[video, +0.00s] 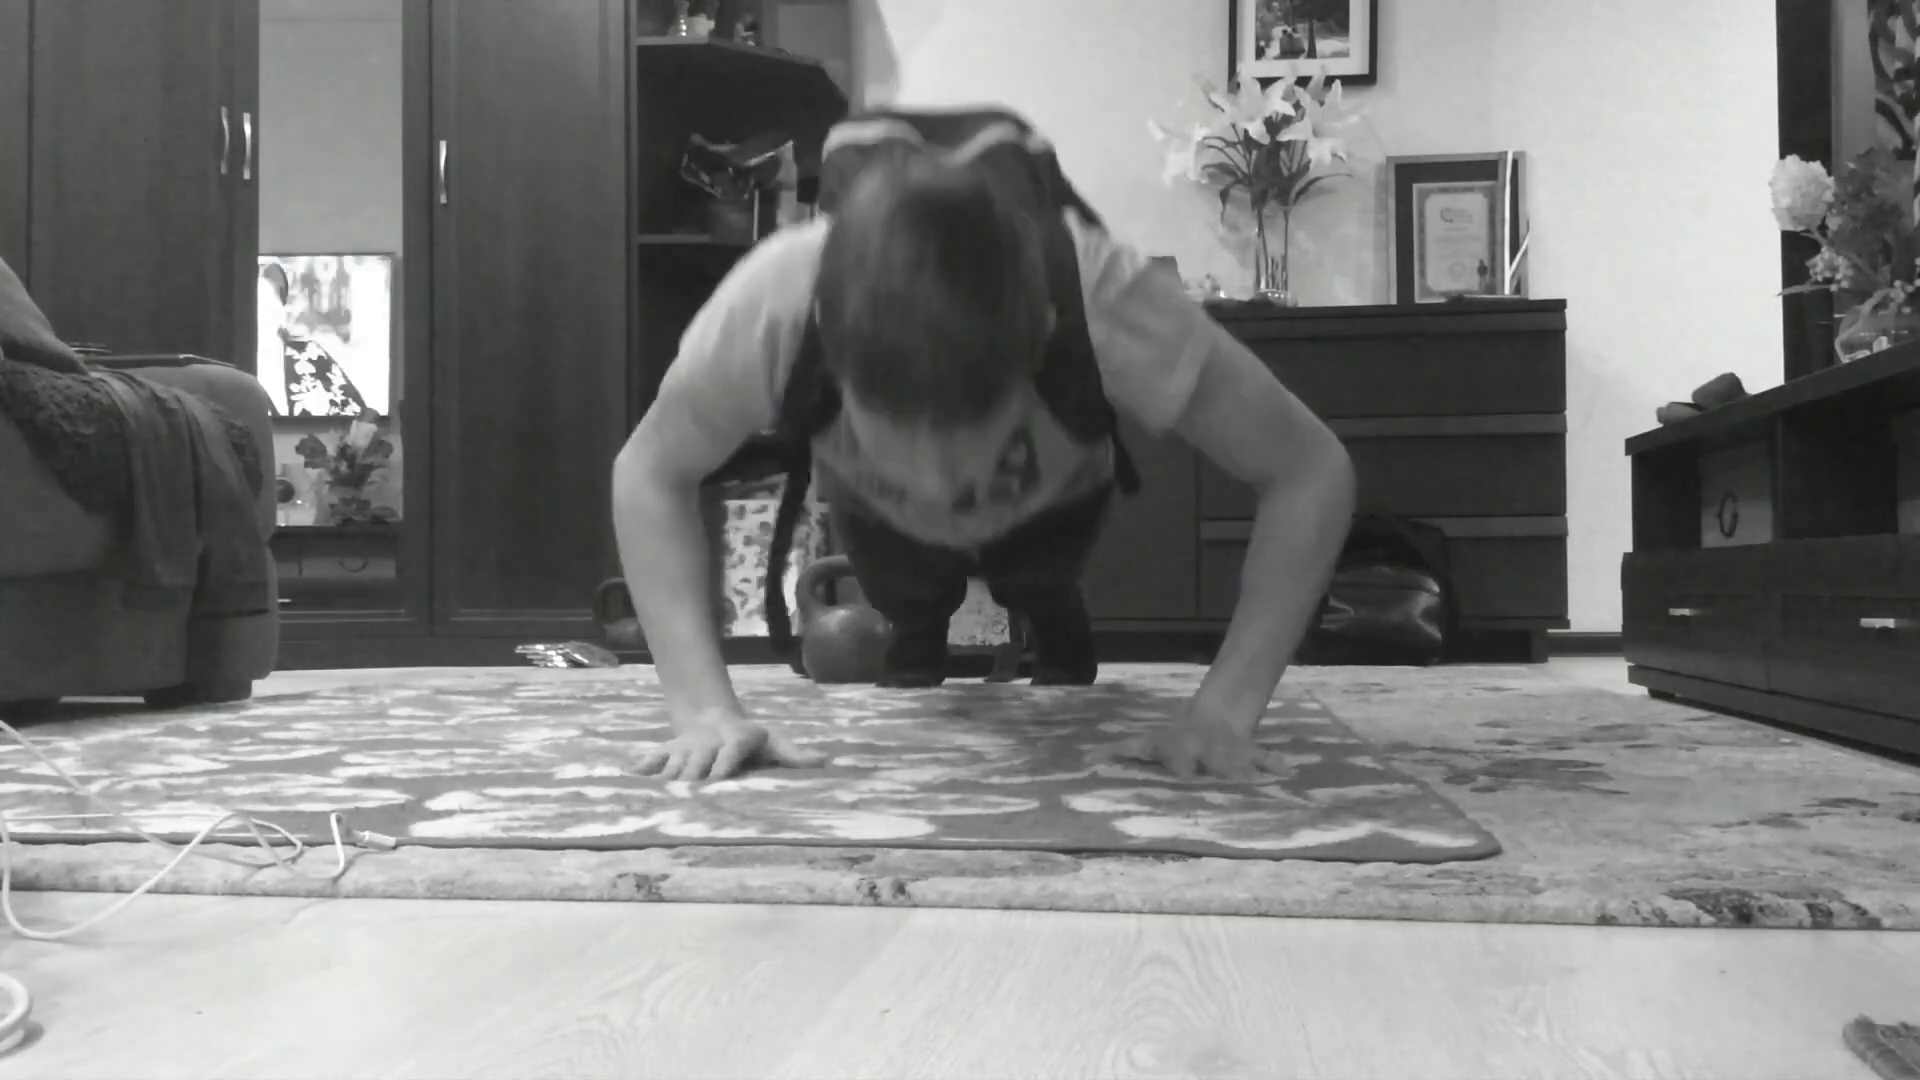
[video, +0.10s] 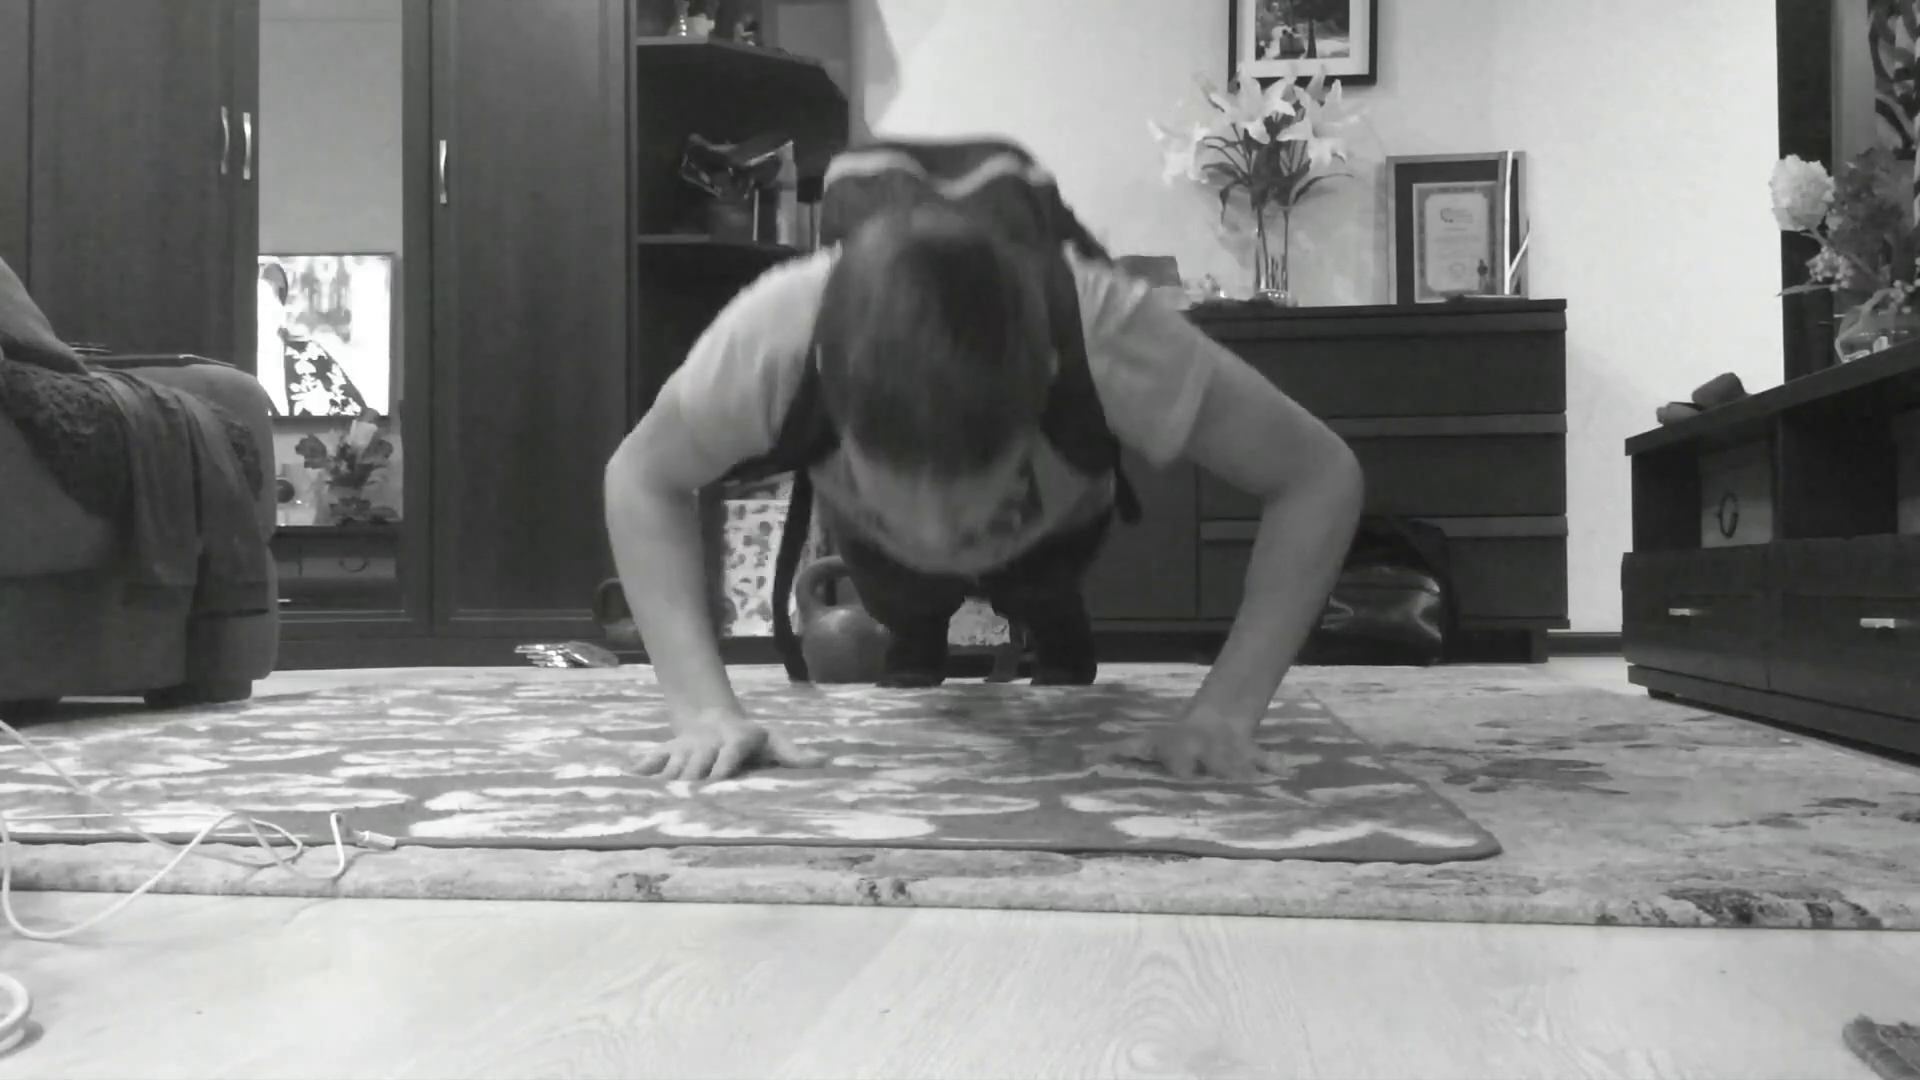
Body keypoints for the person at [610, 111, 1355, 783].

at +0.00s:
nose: (939, 502)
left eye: (980, 465)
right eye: (896, 469)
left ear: (1040, 353)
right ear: (840, 366)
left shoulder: (1117, 314)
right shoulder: (772, 312)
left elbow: (1315, 470)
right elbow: (649, 475)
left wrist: (1227, 709)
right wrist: (702, 704)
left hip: (1052, 503)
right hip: (881, 524)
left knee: (1044, 581)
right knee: (908, 601)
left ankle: (1051, 625)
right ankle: (917, 639)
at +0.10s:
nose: (947, 548)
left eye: (984, 512)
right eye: (901, 523)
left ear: (1049, 398)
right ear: (841, 425)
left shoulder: (1125, 349)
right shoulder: (771, 348)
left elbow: (1323, 476)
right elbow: (644, 477)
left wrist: (1233, 704)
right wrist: (700, 705)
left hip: (1056, 521)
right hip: (883, 544)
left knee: (1045, 587)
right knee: (904, 606)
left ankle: (1048, 627)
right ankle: (918, 632)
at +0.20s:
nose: (948, 600)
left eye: (993, 563)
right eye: (904, 572)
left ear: (1052, 450)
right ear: (838, 464)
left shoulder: (1121, 370)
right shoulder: (770, 372)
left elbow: (1332, 480)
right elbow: (636, 482)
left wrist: (1233, 706)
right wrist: (704, 710)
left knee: (1051, 596)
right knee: (885, 640)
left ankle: (1052, 629)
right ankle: (898, 636)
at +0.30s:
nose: (944, 643)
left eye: (983, 601)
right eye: (902, 605)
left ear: (1056, 492)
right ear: (832, 498)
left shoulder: (1124, 411)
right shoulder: (771, 413)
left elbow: (1337, 485)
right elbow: (628, 488)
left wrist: (1228, 712)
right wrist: (699, 705)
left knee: (1052, 661)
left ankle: (1042, 652)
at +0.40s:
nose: (936, 677)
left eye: (977, 644)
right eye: (895, 646)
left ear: (1050, 529)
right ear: (829, 535)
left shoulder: (1130, 450)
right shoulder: (763, 456)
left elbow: (1339, 484)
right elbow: (622, 491)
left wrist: (1228, 709)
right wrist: (701, 703)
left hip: (1022, 301)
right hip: (863, 299)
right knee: (851, 668)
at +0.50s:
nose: (937, 703)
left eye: (978, 660)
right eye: (893, 662)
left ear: (1047, 557)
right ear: (829, 561)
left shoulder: (1127, 470)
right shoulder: (759, 475)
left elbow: (1342, 486)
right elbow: (618, 492)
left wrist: (1230, 710)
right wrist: (703, 709)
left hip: (1020, 326)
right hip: (858, 321)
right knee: (824, 660)